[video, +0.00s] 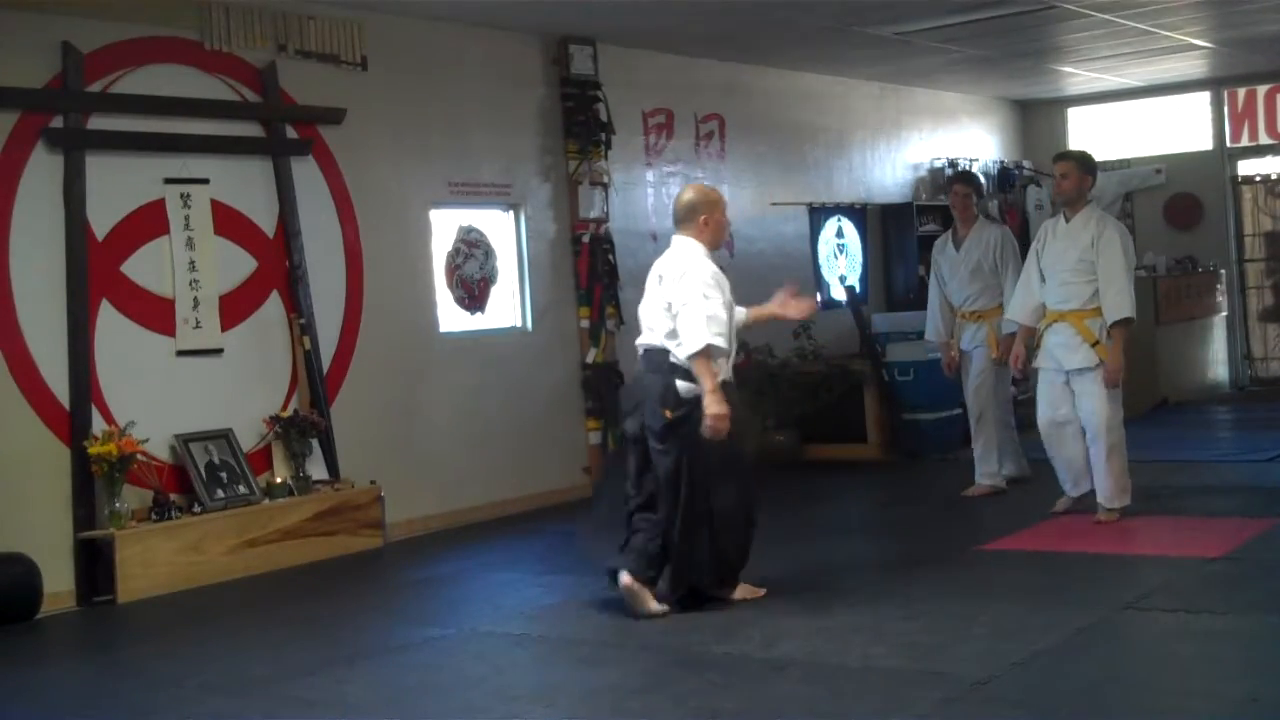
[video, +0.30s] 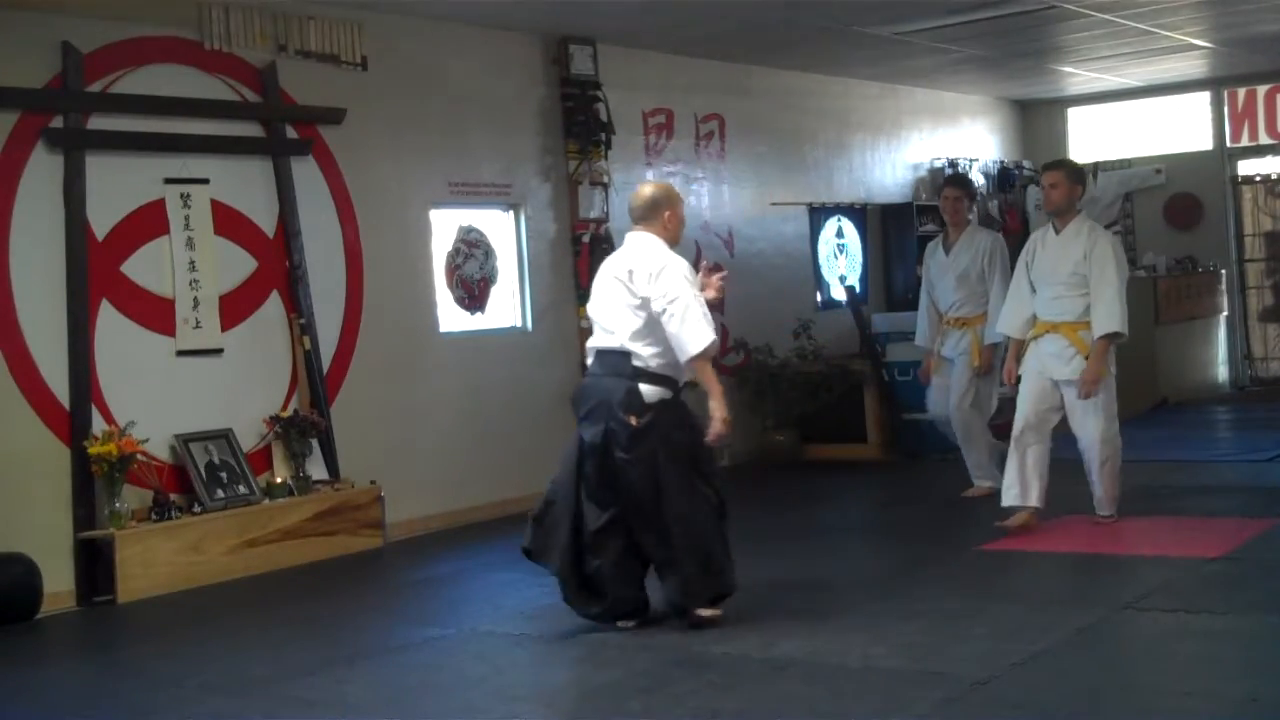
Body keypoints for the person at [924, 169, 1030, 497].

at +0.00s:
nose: (961, 202)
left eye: (967, 196)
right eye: (955, 196)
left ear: (978, 199)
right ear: (948, 201)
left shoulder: (998, 235)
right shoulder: (942, 246)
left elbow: (1014, 285)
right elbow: (939, 298)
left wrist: (1010, 332)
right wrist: (946, 343)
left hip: (992, 326)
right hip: (964, 327)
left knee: (979, 400)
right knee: (989, 398)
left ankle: (989, 476)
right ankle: (1014, 464)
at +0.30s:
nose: (952, 206)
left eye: (959, 200)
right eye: (946, 200)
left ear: (971, 203)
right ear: (939, 206)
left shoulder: (989, 242)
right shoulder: (933, 249)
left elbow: (999, 295)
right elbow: (928, 302)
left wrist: (990, 344)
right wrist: (929, 351)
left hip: (979, 334)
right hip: (948, 335)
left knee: (964, 408)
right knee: (938, 408)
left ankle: (986, 480)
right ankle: (997, 451)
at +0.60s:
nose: (916, 202)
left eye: (923, 196)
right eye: (911, 197)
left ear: (938, 200)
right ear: (906, 202)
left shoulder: (957, 238)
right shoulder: (902, 246)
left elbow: (970, 293)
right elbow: (898, 300)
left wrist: (968, 343)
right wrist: (897, 346)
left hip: (952, 333)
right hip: (915, 333)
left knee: (965, 411)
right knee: (899, 406)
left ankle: (984, 479)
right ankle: (881, 481)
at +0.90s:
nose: (851, 210)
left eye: (858, 203)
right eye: (846, 204)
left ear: (872, 206)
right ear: (842, 209)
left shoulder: (895, 246)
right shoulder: (847, 257)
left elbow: (913, 298)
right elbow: (849, 310)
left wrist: (911, 343)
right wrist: (850, 351)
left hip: (893, 345)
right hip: (857, 348)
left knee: (922, 416)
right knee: (850, 422)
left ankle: (969, 463)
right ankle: (851, 497)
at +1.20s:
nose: (807, 199)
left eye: (815, 192)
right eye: (802, 192)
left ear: (830, 195)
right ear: (796, 197)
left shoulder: (852, 235)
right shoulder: (798, 247)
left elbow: (861, 287)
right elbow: (785, 300)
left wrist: (845, 333)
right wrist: (775, 352)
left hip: (851, 334)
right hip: (817, 336)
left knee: (842, 411)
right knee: (820, 419)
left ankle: (855, 496)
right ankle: (840, 498)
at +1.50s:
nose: (776, 206)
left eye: (785, 199)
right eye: (771, 199)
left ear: (800, 205)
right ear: (765, 204)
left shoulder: (819, 249)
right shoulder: (762, 257)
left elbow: (823, 309)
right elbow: (745, 312)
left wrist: (804, 359)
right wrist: (729, 361)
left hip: (807, 347)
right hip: (776, 348)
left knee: (788, 436)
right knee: (792, 430)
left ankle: (801, 519)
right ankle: (836, 482)